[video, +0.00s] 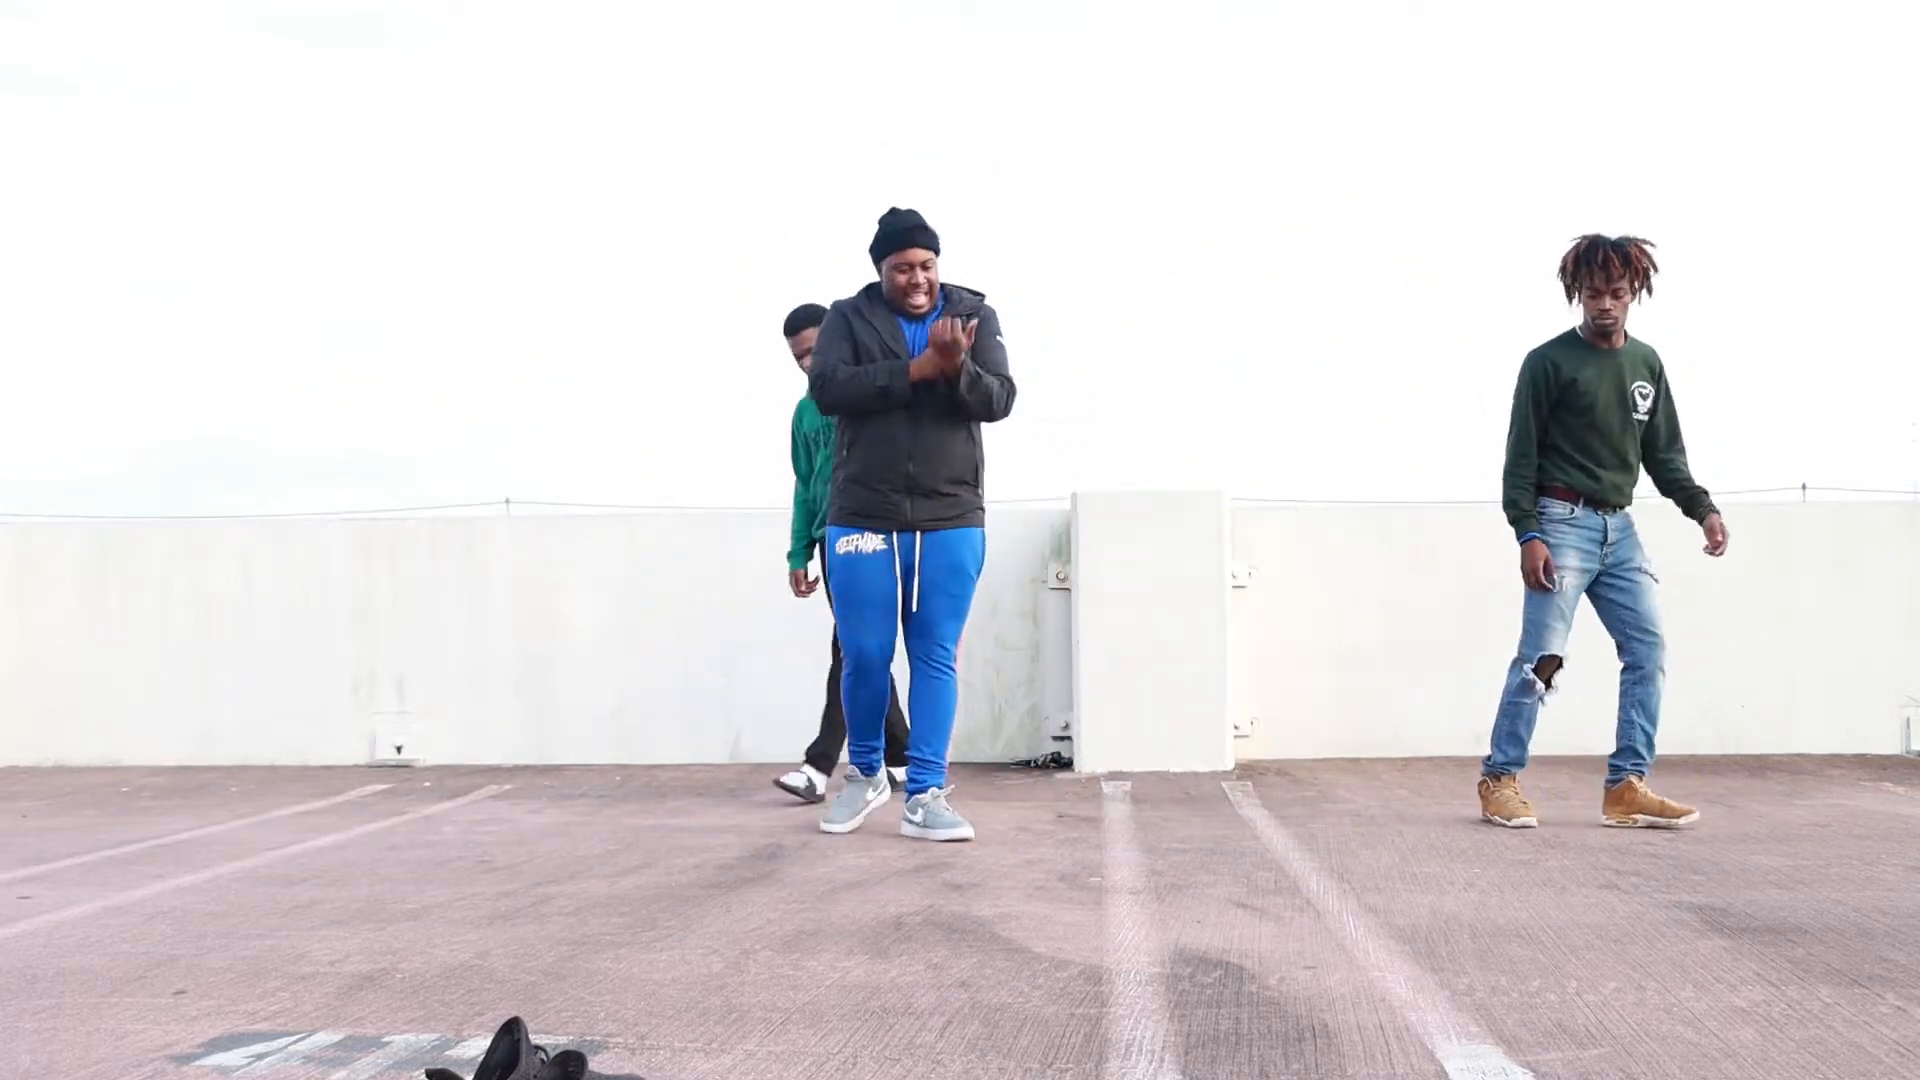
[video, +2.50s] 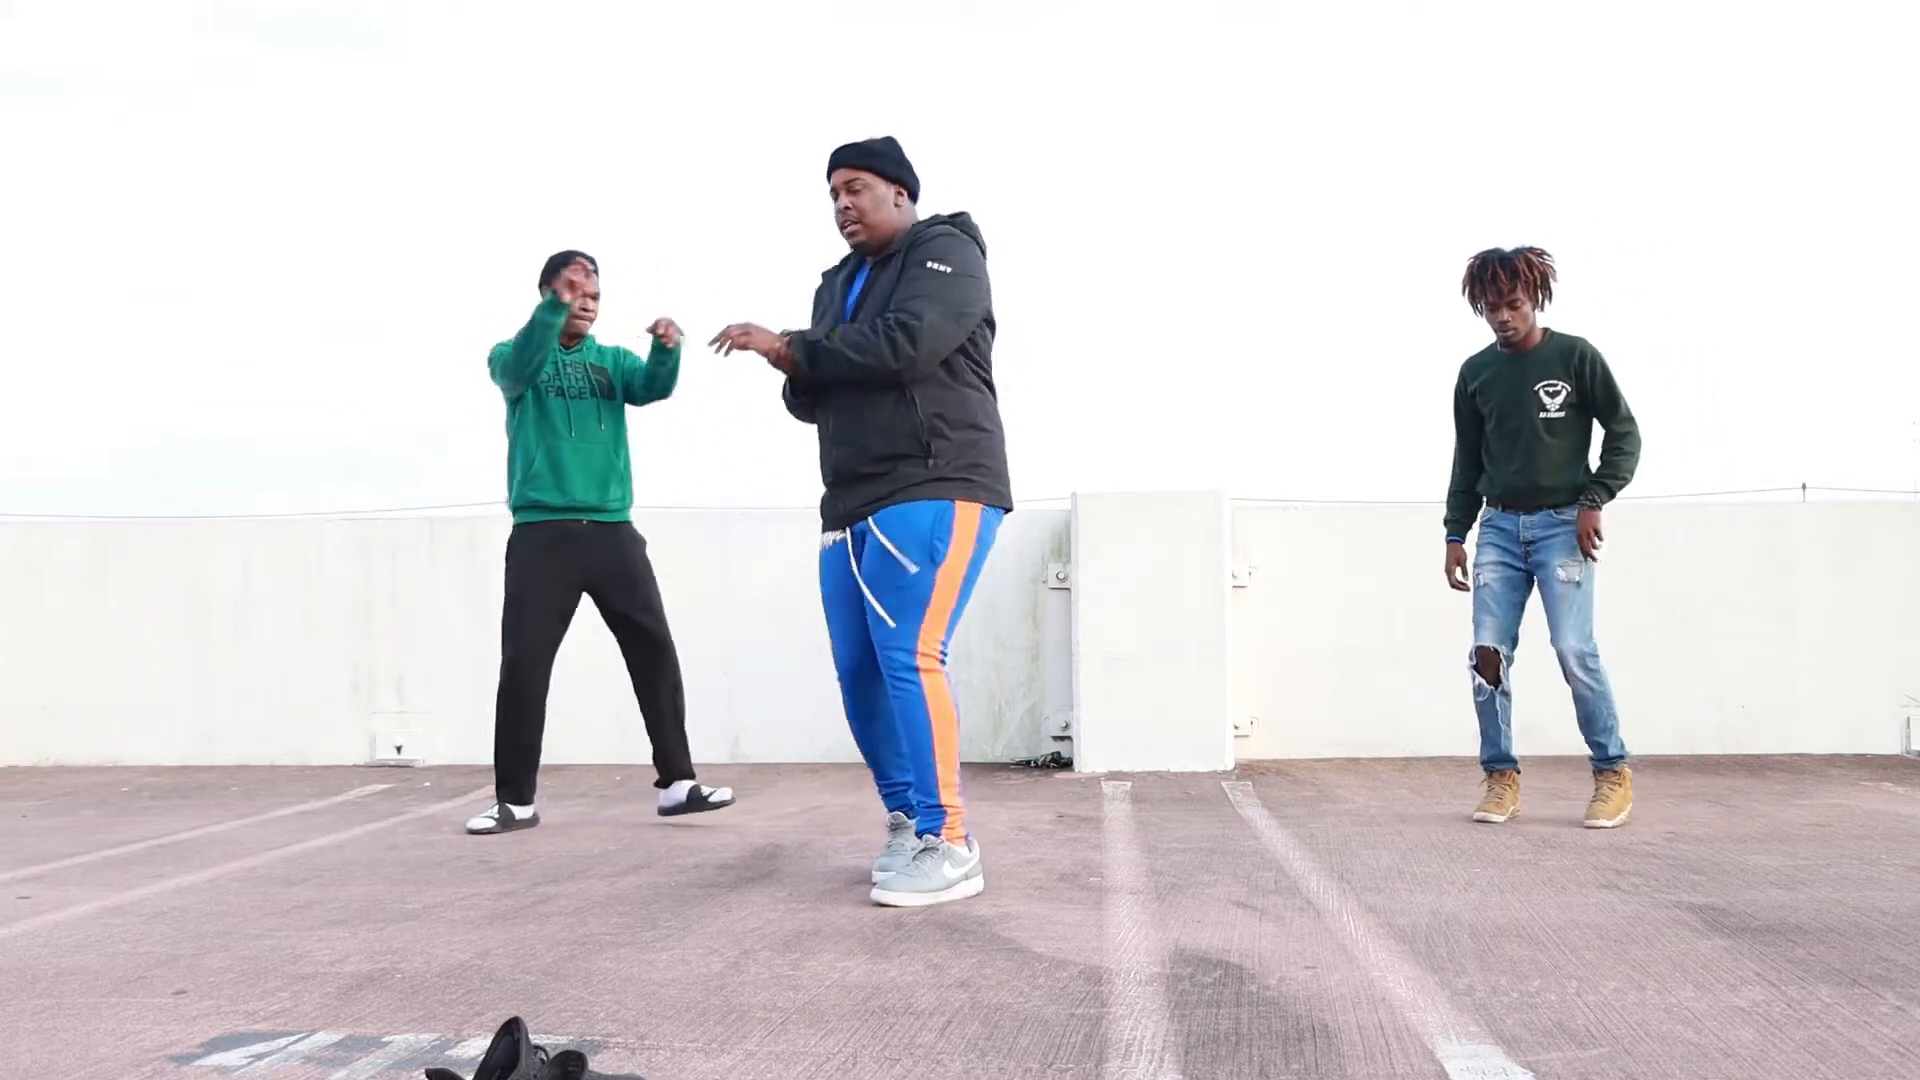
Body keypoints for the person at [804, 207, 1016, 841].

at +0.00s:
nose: (916, 278)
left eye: (925, 266)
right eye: (901, 268)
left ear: (939, 262)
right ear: (878, 269)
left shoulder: (972, 314)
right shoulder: (847, 318)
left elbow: (997, 399)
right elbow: (828, 388)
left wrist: (957, 369)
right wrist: (914, 370)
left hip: (950, 513)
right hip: (863, 513)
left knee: (936, 655)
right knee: (867, 655)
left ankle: (925, 793)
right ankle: (862, 773)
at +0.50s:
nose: (872, 290)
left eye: (882, 278)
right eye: (858, 280)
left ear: (900, 273)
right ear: (840, 280)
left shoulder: (932, 319)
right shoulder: (816, 325)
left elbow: (942, 392)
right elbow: (783, 400)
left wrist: (877, 337)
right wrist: (853, 370)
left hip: (908, 509)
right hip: (828, 516)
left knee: (902, 646)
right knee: (849, 659)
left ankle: (913, 786)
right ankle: (867, 787)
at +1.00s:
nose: (883, 289)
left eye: (896, 277)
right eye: (872, 276)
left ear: (916, 279)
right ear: (854, 275)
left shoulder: (941, 326)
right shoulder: (819, 325)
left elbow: (953, 403)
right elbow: (781, 401)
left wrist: (887, 349)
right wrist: (855, 384)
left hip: (909, 516)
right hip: (827, 520)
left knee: (895, 650)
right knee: (846, 659)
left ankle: (896, 797)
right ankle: (865, 788)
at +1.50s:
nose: (907, 238)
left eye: (918, 228)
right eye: (893, 228)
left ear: (936, 238)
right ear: (874, 239)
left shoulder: (968, 295)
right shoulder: (839, 296)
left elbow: (997, 369)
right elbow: (806, 378)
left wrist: (932, 337)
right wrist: (891, 355)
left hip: (941, 500)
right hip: (853, 495)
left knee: (917, 657)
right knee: (865, 641)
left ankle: (900, 800)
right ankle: (856, 794)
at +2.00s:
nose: (865, 220)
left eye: (874, 208)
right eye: (850, 216)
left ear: (900, 216)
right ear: (836, 236)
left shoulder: (956, 277)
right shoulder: (817, 300)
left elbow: (999, 350)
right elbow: (803, 391)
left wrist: (938, 331)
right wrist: (892, 349)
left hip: (966, 497)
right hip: (870, 504)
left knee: (978, 659)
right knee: (900, 662)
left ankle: (935, 767)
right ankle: (909, 823)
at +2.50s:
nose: (842, 204)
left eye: (854, 189)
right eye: (835, 194)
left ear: (899, 190)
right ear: (836, 206)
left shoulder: (945, 247)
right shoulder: (836, 286)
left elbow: (907, 344)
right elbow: (812, 402)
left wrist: (796, 348)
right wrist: (792, 363)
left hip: (938, 487)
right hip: (854, 500)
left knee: (911, 654)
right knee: (861, 671)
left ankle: (949, 843)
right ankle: (910, 829)